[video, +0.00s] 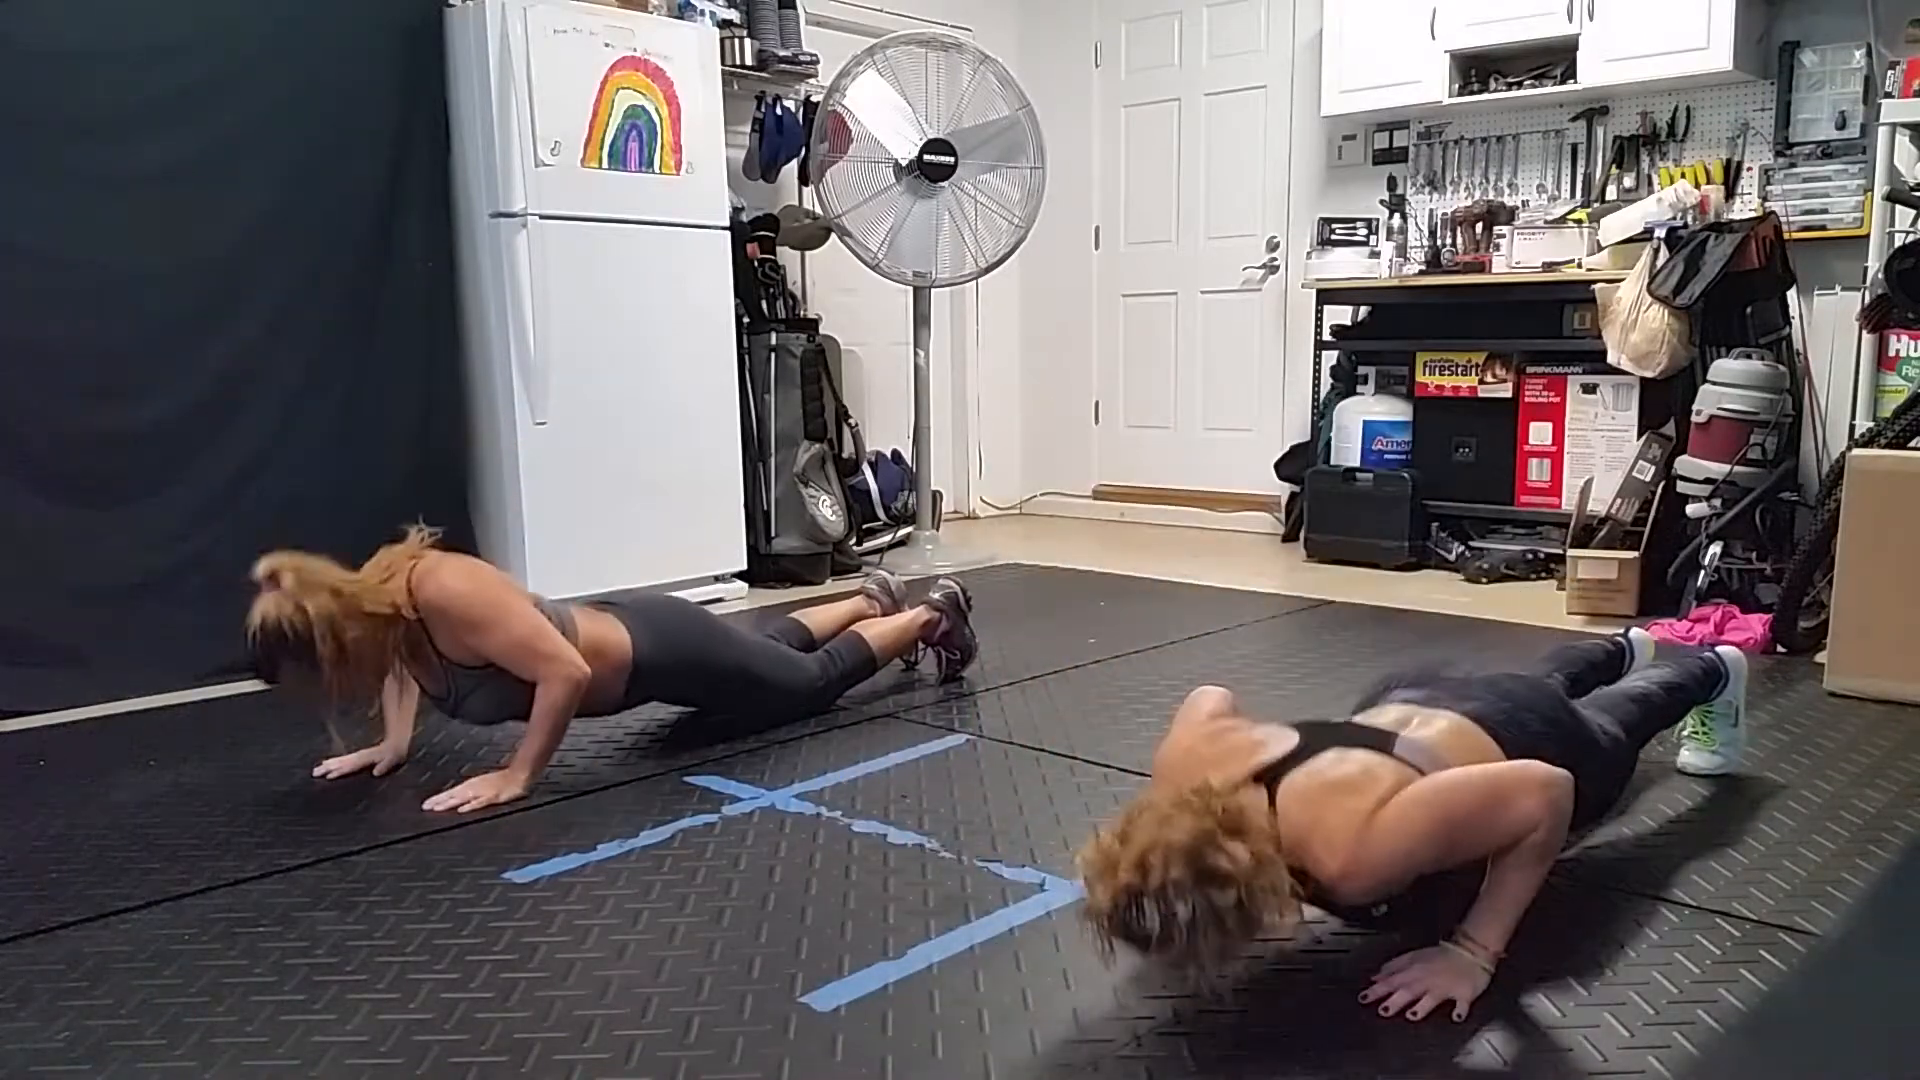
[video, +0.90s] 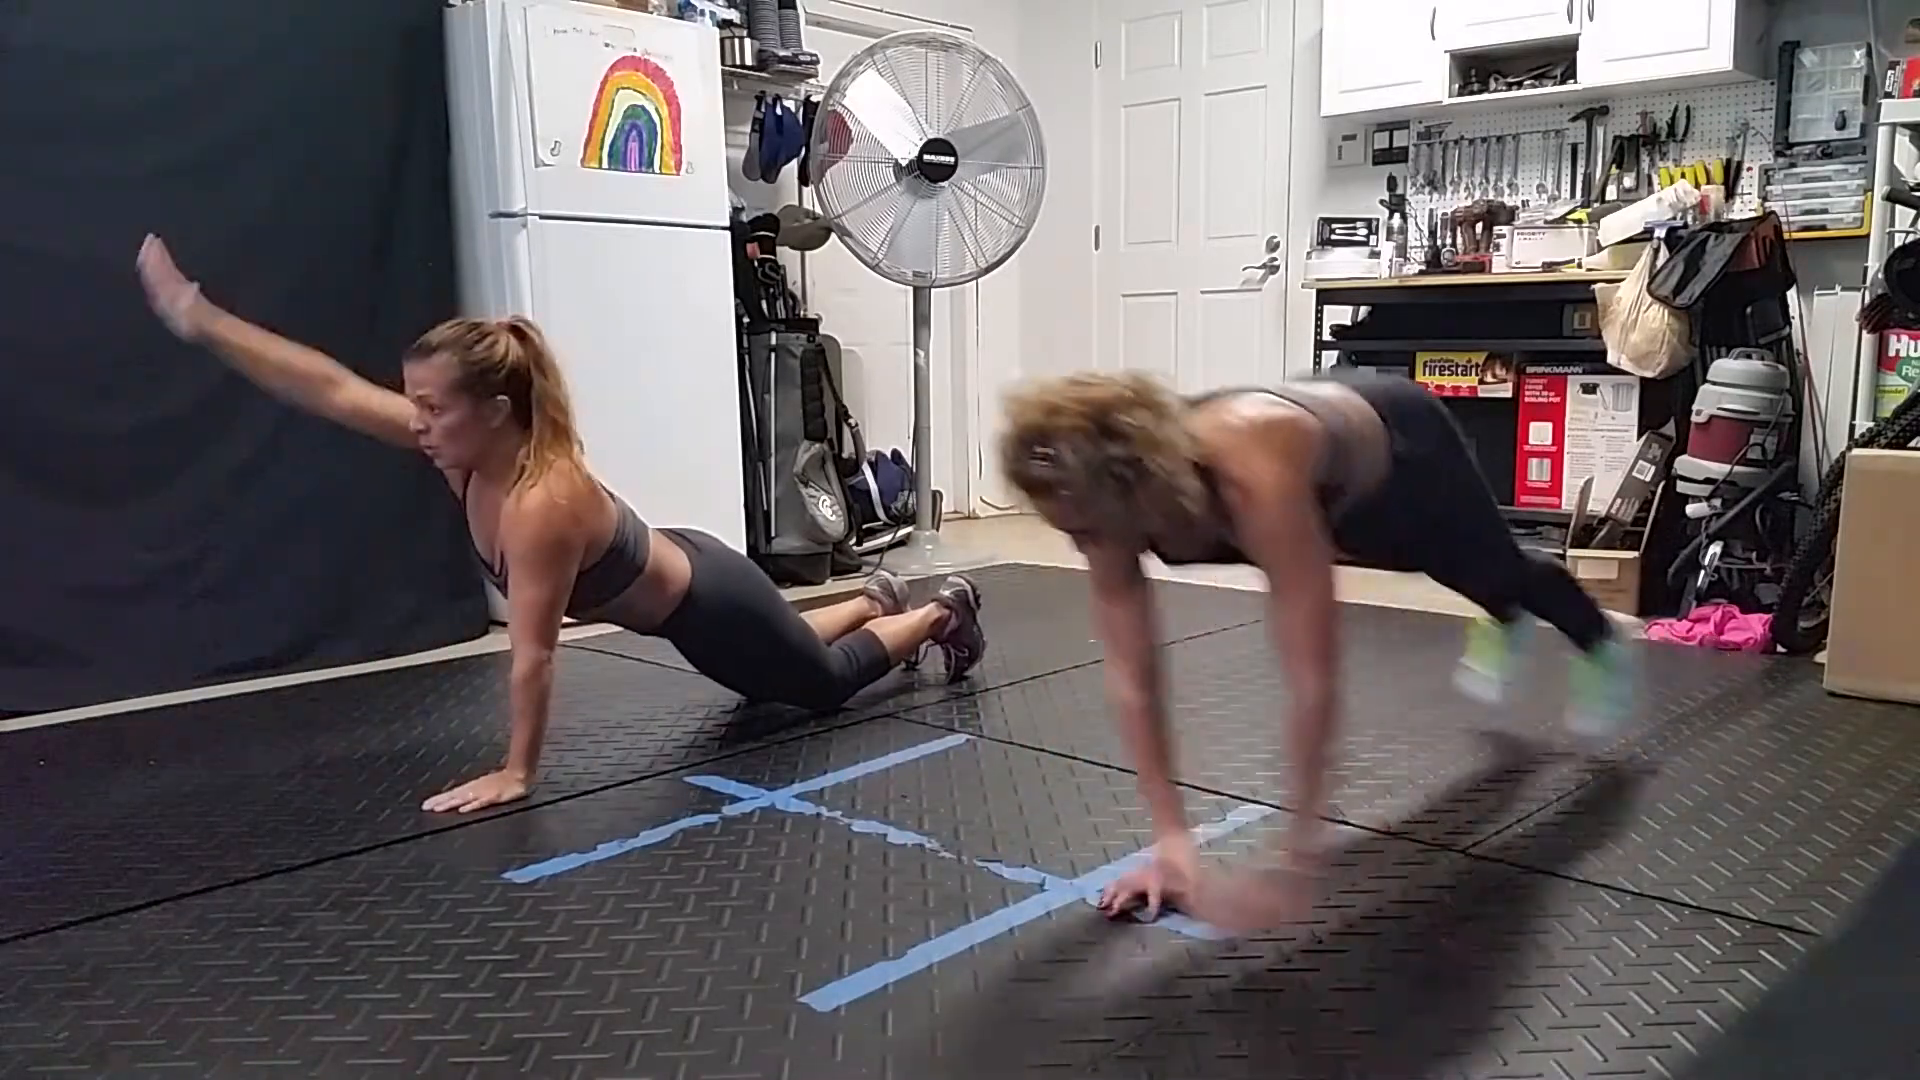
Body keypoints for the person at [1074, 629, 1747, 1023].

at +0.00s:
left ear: (1231, 912)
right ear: (1168, 804)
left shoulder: (1357, 848)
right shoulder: (1178, 773)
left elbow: (1544, 795)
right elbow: (1210, 695)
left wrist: (1474, 949)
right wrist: (1200, 715)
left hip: (1523, 739)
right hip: (1427, 704)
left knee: (1624, 708)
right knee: (1543, 677)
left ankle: (1709, 668)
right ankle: (1628, 642)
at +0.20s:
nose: (1165, 823)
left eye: (1168, 811)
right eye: (1152, 816)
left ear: (1201, 781)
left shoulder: (1344, 751)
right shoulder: (1210, 696)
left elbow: (1537, 789)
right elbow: (1184, 764)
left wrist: (1473, 947)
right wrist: (1189, 859)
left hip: (1517, 704)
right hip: (1423, 657)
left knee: (1624, 695)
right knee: (1554, 658)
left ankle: (1710, 669)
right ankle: (1631, 639)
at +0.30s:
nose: (1156, 752)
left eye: (1156, 737)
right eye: (1149, 741)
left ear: (1196, 721)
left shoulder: (1341, 700)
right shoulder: (1214, 674)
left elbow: (1528, 785)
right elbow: (1193, 749)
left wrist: (1472, 946)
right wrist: (1189, 860)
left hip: (1518, 694)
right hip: (1439, 648)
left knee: (1620, 700)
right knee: (1548, 656)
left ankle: (1709, 664)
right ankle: (1616, 641)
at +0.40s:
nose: (1152, 698)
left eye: (1154, 679)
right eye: (1143, 683)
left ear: (1193, 653)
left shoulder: (1345, 652)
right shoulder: (1207, 637)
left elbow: (1510, 773)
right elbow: (1190, 722)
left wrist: (1471, 946)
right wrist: (1186, 856)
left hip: (1511, 680)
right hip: (1442, 639)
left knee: (1609, 743)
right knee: (1532, 652)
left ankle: (1701, 664)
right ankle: (1601, 640)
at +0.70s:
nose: (1145, 599)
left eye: (1151, 584)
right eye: (1138, 587)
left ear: (1202, 556)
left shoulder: (1340, 553)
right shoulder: (1167, 559)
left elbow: (1452, 755)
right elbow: (1165, 705)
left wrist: (1466, 944)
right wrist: (1183, 857)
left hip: (1473, 620)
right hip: (1371, 644)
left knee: (1585, 725)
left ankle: (1701, 667)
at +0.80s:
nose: (1126, 578)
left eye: (1132, 561)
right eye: (1118, 565)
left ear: (1187, 523)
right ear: (1116, 540)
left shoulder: (1312, 514)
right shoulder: (1144, 542)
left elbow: (1387, 738)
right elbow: (1160, 703)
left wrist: (1428, 921)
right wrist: (1183, 854)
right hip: (1362, 553)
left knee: (1542, 643)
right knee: (1488, 635)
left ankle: (1672, 673)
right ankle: (1588, 681)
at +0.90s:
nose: (1078, 544)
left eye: (1083, 524)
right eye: (1068, 530)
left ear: (1133, 483)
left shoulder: (1254, 463)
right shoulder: (1105, 511)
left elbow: (1313, 678)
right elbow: (1133, 679)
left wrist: (1298, 859)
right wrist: (1168, 840)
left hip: (1403, 440)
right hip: (1323, 486)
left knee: (1507, 572)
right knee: (1440, 562)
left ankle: (1602, 637)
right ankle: (1509, 618)